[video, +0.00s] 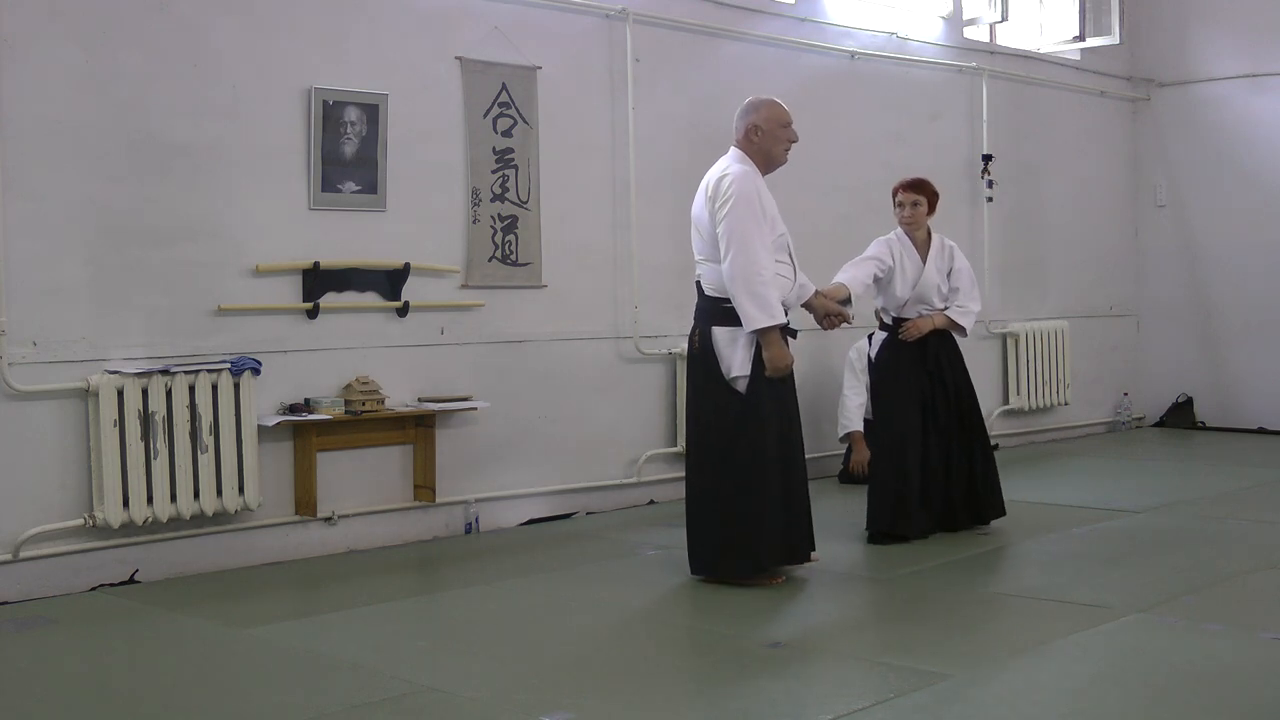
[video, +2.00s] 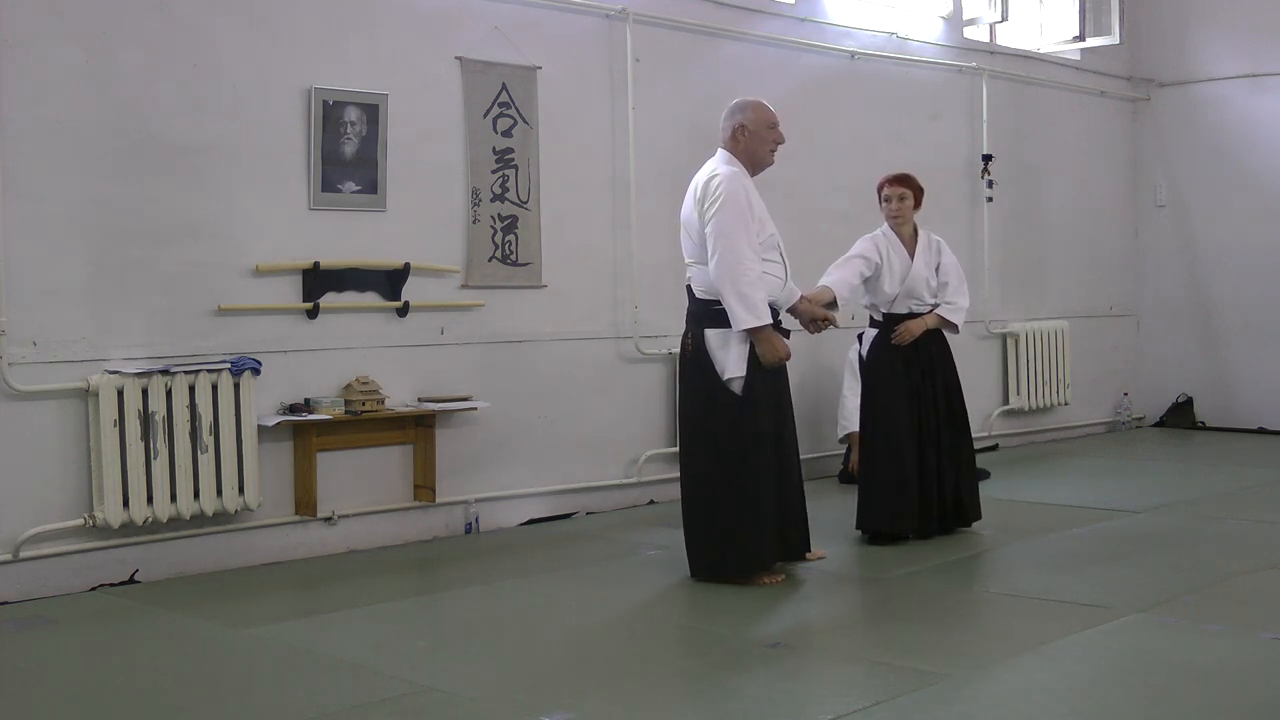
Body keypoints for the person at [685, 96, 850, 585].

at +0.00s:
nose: (794, 137)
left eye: (793, 129)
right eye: (786, 129)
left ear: (753, 133)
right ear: (754, 133)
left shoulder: (743, 179)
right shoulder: (738, 182)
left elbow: (770, 260)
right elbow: (746, 264)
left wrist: (813, 298)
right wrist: (770, 334)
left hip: (745, 327)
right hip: (736, 332)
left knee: (753, 444)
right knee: (742, 447)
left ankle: (755, 555)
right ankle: (736, 561)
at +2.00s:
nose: (780, 137)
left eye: (778, 129)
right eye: (771, 129)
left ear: (739, 133)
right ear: (740, 133)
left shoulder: (735, 181)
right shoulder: (725, 183)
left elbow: (757, 263)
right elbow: (732, 264)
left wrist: (797, 302)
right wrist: (761, 331)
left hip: (748, 327)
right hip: (725, 331)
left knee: (769, 440)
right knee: (733, 448)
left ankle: (780, 541)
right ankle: (735, 560)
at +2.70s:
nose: (776, 138)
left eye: (774, 129)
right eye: (768, 129)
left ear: (735, 134)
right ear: (737, 134)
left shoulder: (725, 180)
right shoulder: (721, 182)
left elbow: (742, 263)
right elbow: (735, 258)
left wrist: (790, 306)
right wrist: (794, 264)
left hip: (748, 325)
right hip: (727, 329)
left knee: (769, 438)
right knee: (734, 446)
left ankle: (776, 541)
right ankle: (734, 561)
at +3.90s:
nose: (781, 140)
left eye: (779, 132)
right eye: (773, 131)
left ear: (740, 135)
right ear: (743, 135)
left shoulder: (728, 179)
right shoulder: (725, 182)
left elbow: (747, 265)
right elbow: (741, 263)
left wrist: (790, 309)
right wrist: (804, 248)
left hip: (749, 325)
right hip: (728, 328)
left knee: (766, 438)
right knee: (732, 444)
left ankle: (775, 540)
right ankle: (731, 560)